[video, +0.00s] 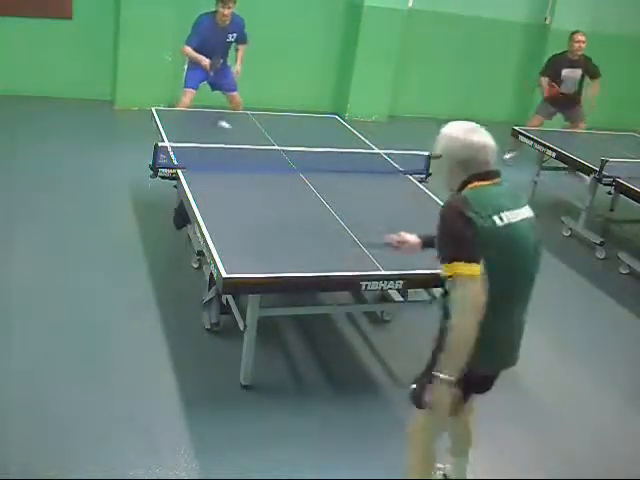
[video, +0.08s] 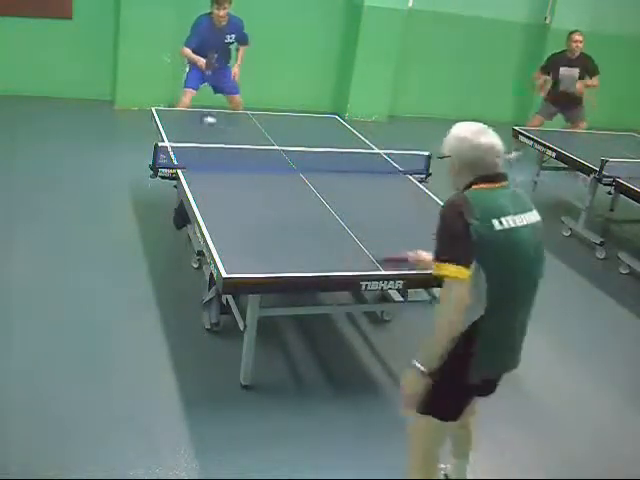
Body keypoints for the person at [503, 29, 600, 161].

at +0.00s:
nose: (580, 45)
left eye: (583, 42)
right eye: (577, 42)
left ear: (585, 45)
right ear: (570, 43)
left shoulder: (586, 62)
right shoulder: (557, 59)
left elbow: (595, 78)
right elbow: (544, 76)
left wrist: (591, 95)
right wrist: (546, 89)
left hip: (573, 101)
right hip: (553, 99)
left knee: (579, 129)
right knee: (533, 124)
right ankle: (515, 149)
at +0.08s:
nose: (578, 45)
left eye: (580, 42)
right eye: (575, 42)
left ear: (583, 44)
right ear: (568, 43)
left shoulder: (587, 60)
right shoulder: (555, 58)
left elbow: (595, 82)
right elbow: (540, 74)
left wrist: (582, 84)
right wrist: (542, 82)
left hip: (574, 100)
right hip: (554, 98)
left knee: (580, 127)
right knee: (533, 124)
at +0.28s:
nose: (569, 56)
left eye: (572, 53)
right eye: (566, 53)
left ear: (576, 53)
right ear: (562, 54)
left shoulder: (581, 67)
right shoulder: (556, 66)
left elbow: (582, 90)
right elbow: (541, 80)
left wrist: (559, 92)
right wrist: (525, 87)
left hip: (575, 109)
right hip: (556, 107)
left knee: (579, 138)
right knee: (530, 127)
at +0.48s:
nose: (555, 64)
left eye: (558, 61)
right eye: (553, 61)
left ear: (565, 59)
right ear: (551, 61)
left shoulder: (576, 75)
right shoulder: (555, 71)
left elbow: (570, 101)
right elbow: (553, 83)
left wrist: (550, 111)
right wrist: (541, 90)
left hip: (576, 113)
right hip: (560, 110)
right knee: (532, 123)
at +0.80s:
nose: (522, 60)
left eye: (524, 56)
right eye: (521, 56)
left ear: (534, 53)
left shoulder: (548, 69)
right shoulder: (531, 69)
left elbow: (550, 95)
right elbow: (528, 87)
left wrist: (544, 118)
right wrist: (511, 99)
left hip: (558, 105)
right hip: (544, 102)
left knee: (561, 130)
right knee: (518, 116)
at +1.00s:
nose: (524, 44)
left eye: (526, 41)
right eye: (522, 42)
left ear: (533, 41)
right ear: (520, 44)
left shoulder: (544, 57)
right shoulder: (520, 58)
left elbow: (543, 82)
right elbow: (505, 70)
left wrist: (530, 102)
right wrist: (501, 79)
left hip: (547, 94)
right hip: (530, 93)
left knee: (553, 126)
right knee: (512, 116)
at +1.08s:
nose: (529, 37)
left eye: (531, 34)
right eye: (527, 34)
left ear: (537, 34)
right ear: (524, 35)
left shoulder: (546, 52)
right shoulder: (520, 52)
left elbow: (544, 76)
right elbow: (505, 64)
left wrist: (529, 90)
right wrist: (501, 73)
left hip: (544, 89)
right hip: (526, 89)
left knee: (551, 121)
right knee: (511, 118)